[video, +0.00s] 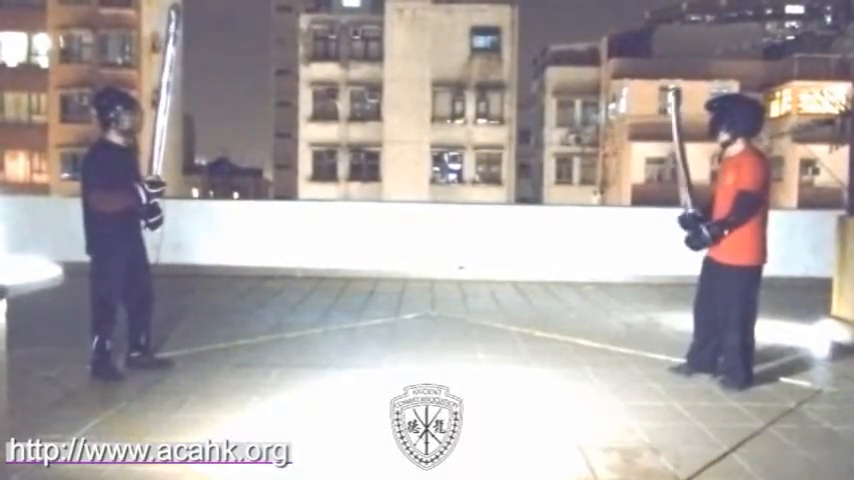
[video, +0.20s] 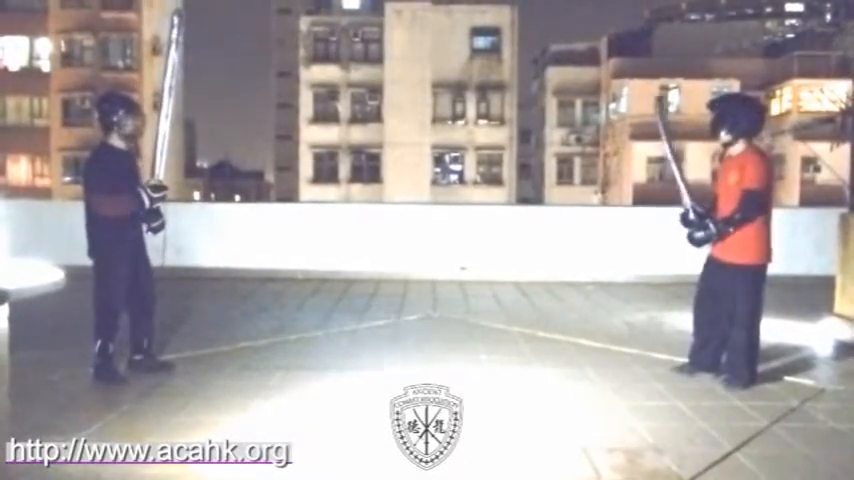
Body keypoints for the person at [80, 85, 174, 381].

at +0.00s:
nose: (135, 120)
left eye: (135, 114)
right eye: (128, 114)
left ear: (128, 117)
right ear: (112, 117)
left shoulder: (127, 153)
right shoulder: (99, 156)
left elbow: (128, 190)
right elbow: (98, 201)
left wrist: (147, 193)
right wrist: (139, 200)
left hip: (130, 234)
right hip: (105, 238)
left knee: (140, 291)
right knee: (106, 295)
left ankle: (139, 349)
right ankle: (100, 354)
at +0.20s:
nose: (137, 123)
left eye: (137, 118)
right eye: (131, 118)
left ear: (128, 121)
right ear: (115, 121)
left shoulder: (127, 156)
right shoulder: (101, 160)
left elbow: (129, 195)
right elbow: (101, 205)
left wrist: (148, 200)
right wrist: (141, 204)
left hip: (131, 238)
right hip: (108, 242)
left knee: (142, 293)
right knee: (111, 297)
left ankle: (141, 352)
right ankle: (103, 358)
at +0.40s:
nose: (138, 127)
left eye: (138, 122)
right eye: (133, 121)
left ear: (127, 124)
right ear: (117, 124)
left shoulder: (126, 160)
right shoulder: (102, 163)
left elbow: (126, 199)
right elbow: (101, 208)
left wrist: (147, 200)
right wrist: (140, 207)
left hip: (131, 244)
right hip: (109, 247)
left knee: (143, 297)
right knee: (110, 303)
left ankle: (142, 355)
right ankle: (104, 361)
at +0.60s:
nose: (137, 132)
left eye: (138, 127)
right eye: (131, 126)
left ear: (134, 130)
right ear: (115, 128)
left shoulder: (127, 166)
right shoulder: (100, 168)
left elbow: (125, 206)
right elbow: (101, 214)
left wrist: (146, 206)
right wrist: (139, 213)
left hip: (130, 247)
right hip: (108, 250)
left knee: (143, 301)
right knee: (110, 307)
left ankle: (143, 360)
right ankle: (103, 367)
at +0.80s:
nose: (136, 159)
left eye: (137, 153)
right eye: (130, 153)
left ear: (131, 156)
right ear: (114, 154)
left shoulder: (126, 193)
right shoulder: (96, 194)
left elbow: (127, 232)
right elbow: (94, 237)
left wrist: (146, 233)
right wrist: (132, 241)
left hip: (130, 272)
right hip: (106, 275)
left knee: (142, 329)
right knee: (107, 335)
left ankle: (140, 390)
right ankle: (100, 396)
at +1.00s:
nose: (136, 174)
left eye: (135, 169)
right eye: (130, 168)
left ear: (123, 173)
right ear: (114, 171)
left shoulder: (127, 210)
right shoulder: (94, 212)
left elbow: (129, 250)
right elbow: (94, 256)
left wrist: (147, 259)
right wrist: (131, 252)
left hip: (128, 290)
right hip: (103, 293)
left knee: (141, 345)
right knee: (106, 351)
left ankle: (138, 408)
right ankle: (99, 414)